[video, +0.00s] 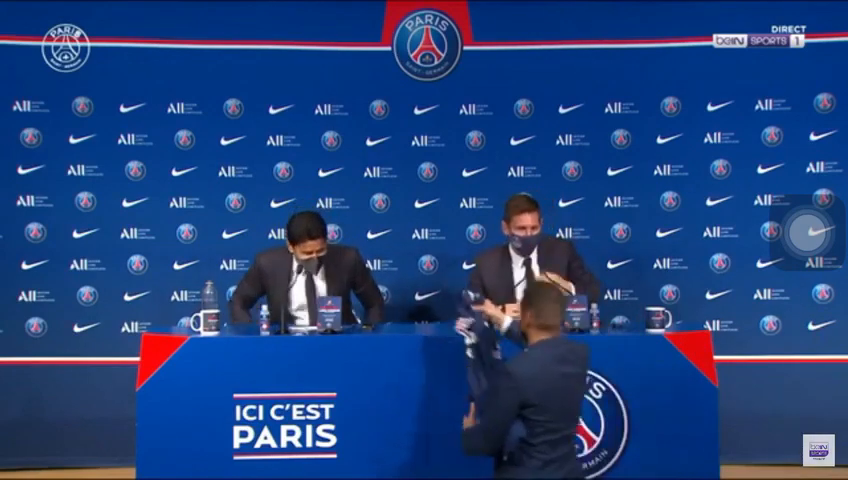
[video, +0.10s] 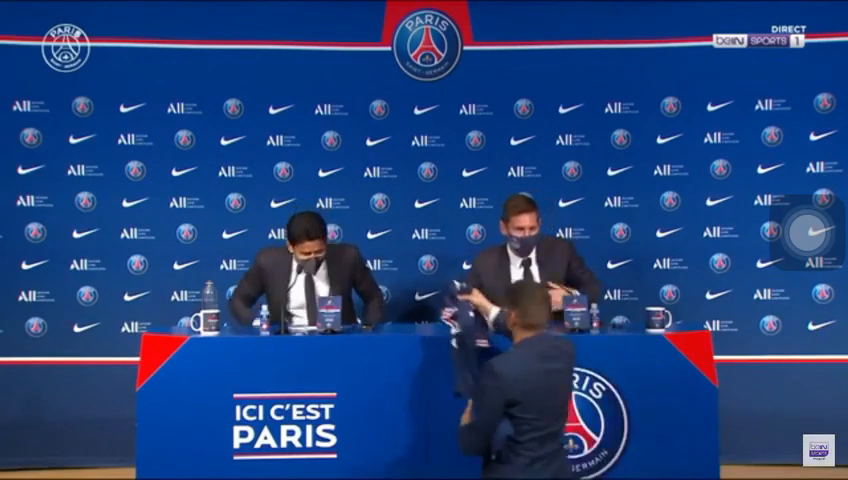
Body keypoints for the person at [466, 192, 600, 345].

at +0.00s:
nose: (528, 236)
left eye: (534, 229)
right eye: (521, 229)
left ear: (541, 225)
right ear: (506, 228)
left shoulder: (562, 250)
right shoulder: (487, 262)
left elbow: (593, 291)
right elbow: (474, 306)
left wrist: (569, 289)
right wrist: (501, 312)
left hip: (556, 340)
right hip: (505, 344)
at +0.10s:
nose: (527, 236)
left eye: (532, 229)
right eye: (520, 230)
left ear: (539, 226)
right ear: (503, 228)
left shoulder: (561, 251)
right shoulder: (487, 261)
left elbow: (594, 290)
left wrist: (571, 299)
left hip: (557, 341)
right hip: (504, 345)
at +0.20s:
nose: (525, 236)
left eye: (531, 229)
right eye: (518, 230)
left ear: (538, 225)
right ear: (503, 229)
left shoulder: (559, 250)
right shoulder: (486, 261)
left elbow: (592, 288)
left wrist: (569, 310)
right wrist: (474, 299)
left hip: (556, 344)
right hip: (508, 348)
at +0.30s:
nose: (525, 235)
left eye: (530, 228)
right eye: (518, 229)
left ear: (538, 223)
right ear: (503, 227)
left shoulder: (559, 250)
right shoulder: (485, 261)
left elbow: (591, 288)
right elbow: (478, 316)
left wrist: (572, 317)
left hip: (556, 342)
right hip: (506, 345)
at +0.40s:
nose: (528, 232)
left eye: (533, 225)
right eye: (521, 225)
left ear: (543, 221)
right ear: (506, 223)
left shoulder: (563, 250)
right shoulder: (490, 257)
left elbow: (592, 287)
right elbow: (467, 298)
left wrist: (579, 320)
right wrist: (490, 328)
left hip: (555, 341)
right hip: (507, 342)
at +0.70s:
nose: (528, 222)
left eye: (536, 216)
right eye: (524, 215)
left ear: (555, 213)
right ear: (519, 210)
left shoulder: (580, 242)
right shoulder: (505, 239)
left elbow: (608, 283)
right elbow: (475, 278)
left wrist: (587, 316)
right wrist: (496, 314)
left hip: (565, 342)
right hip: (516, 343)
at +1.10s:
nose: (533, 208)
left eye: (540, 202)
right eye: (529, 201)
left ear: (562, 197)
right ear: (525, 195)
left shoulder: (591, 220)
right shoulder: (514, 218)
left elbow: (617, 261)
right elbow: (489, 257)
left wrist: (591, 304)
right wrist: (511, 297)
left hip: (576, 322)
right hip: (528, 321)